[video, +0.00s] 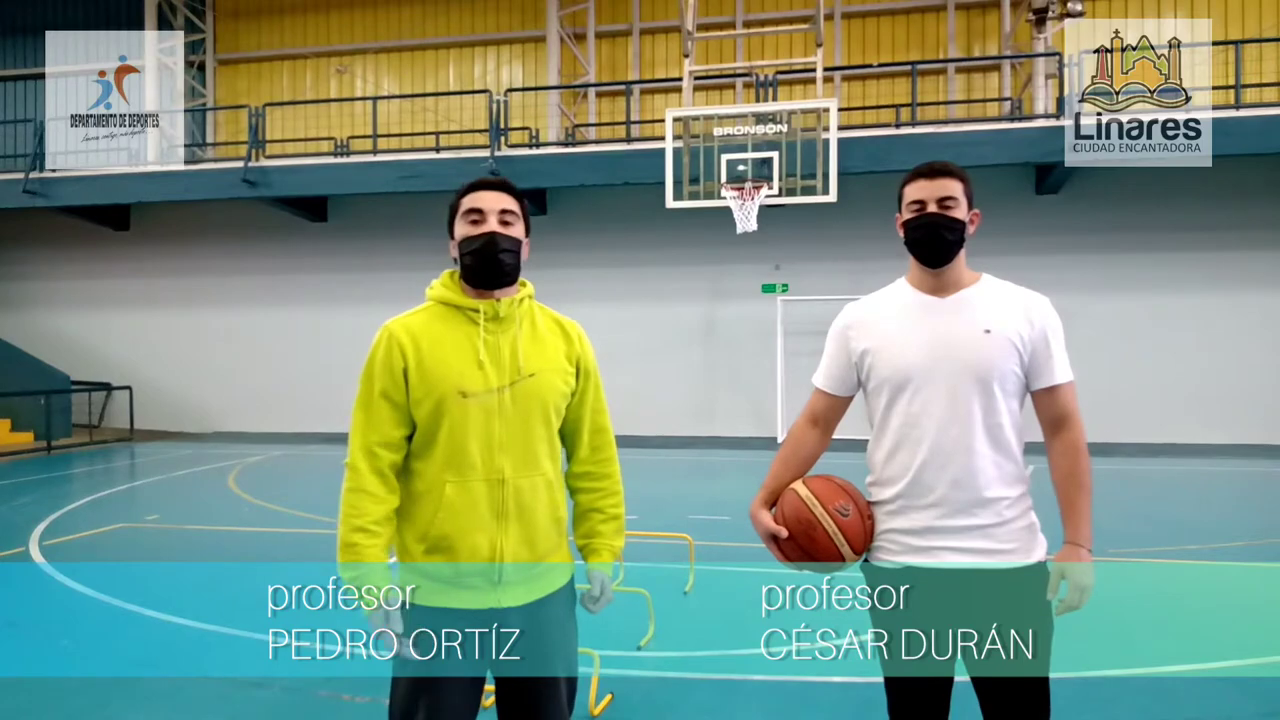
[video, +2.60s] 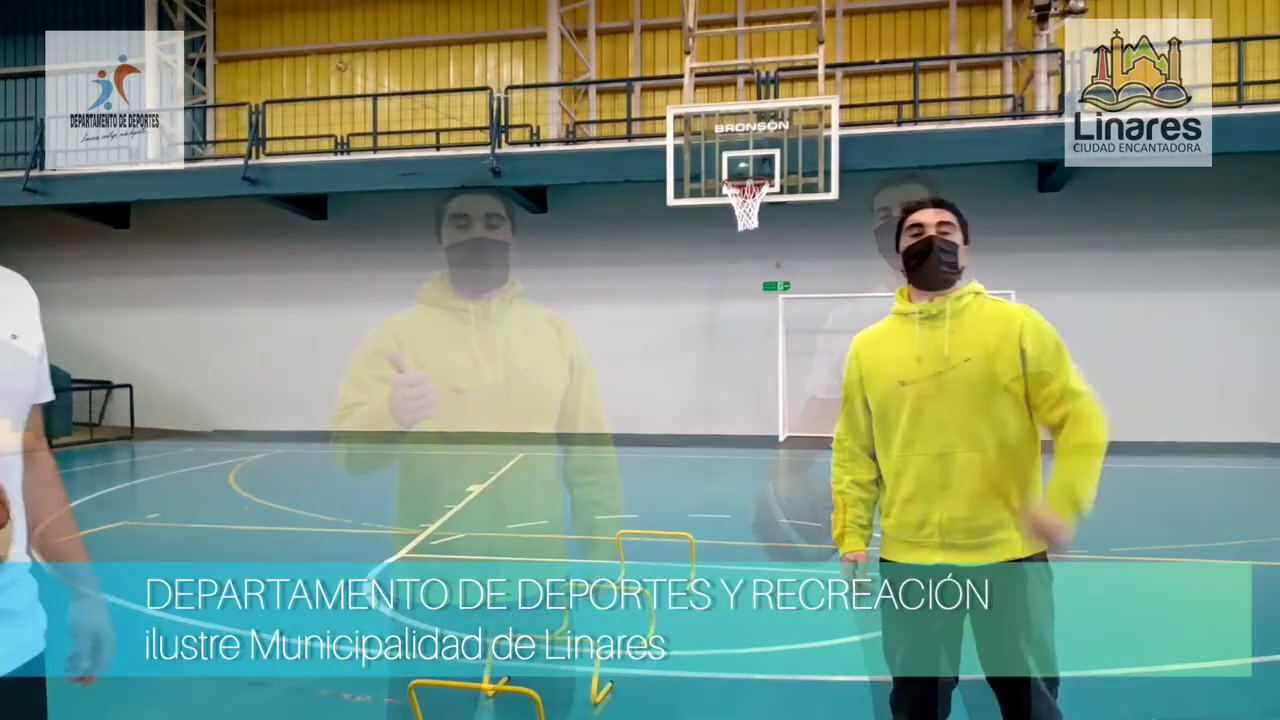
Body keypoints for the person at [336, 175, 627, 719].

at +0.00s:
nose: (490, 228)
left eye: (506, 219)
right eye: (473, 218)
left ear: (525, 245)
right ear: (452, 243)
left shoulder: (564, 339)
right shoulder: (405, 339)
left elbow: (594, 458)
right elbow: (372, 463)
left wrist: (601, 554)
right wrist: (367, 574)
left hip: (542, 590)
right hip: (438, 592)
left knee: (548, 712)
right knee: (430, 714)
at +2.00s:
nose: (469, 233)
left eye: (484, 222)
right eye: (450, 223)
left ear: (503, 243)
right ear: (430, 246)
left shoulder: (549, 335)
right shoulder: (387, 345)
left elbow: (583, 450)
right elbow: (356, 473)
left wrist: (594, 549)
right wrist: (356, 590)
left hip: (537, 591)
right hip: (434, 594)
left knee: (543, 711)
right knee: (428, 713)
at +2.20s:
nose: (471, 234)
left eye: (487, 223)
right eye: (454, 224)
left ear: (507, 243)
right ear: (434, 246)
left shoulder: (551, 335)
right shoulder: (390, 343)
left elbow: (585, 452)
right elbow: (350, 461)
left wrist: (595, 552)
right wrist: (370, 519)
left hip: (536, 588)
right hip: (434, 592)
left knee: (542, 712)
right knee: (428, 714)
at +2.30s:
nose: (472, 234)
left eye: (487, 223)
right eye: (454, 223)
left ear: (507, 242)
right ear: (435, 244)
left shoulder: (553, 335)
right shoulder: (391, 341)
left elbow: (587, 453)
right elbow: (345, 471)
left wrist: (598, 556)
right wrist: (372, 446)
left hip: (537, 587)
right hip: (434, 590)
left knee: (542, 712)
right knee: (427, 713)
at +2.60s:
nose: (477, 234)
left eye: (492, 222)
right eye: (461, 223)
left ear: (513, 238)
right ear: (441, 240)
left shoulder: (554, 336)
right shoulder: (398, 337)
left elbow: (592, 463)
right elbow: (350, 452)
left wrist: (605, 569)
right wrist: (389, 418)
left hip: (537, 572)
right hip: (432, 572)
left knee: (539, 706)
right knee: (436, 706)